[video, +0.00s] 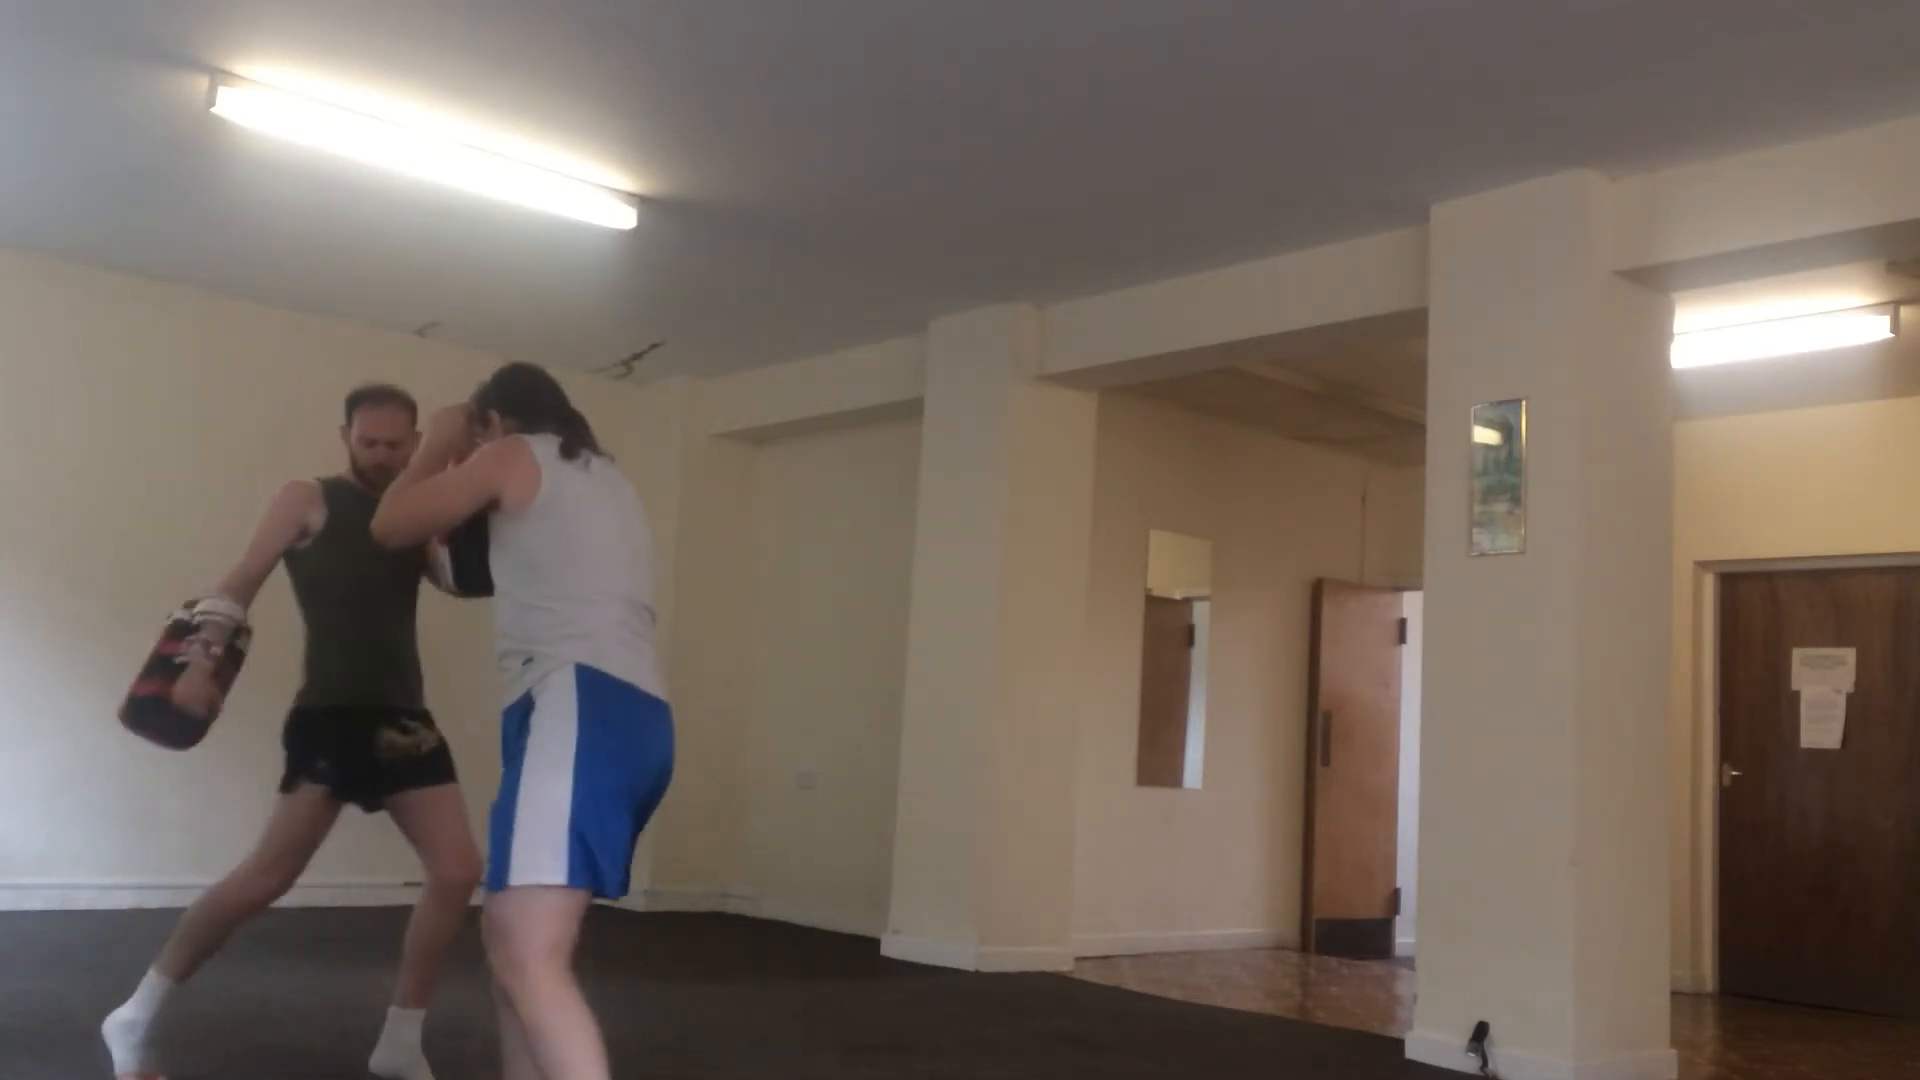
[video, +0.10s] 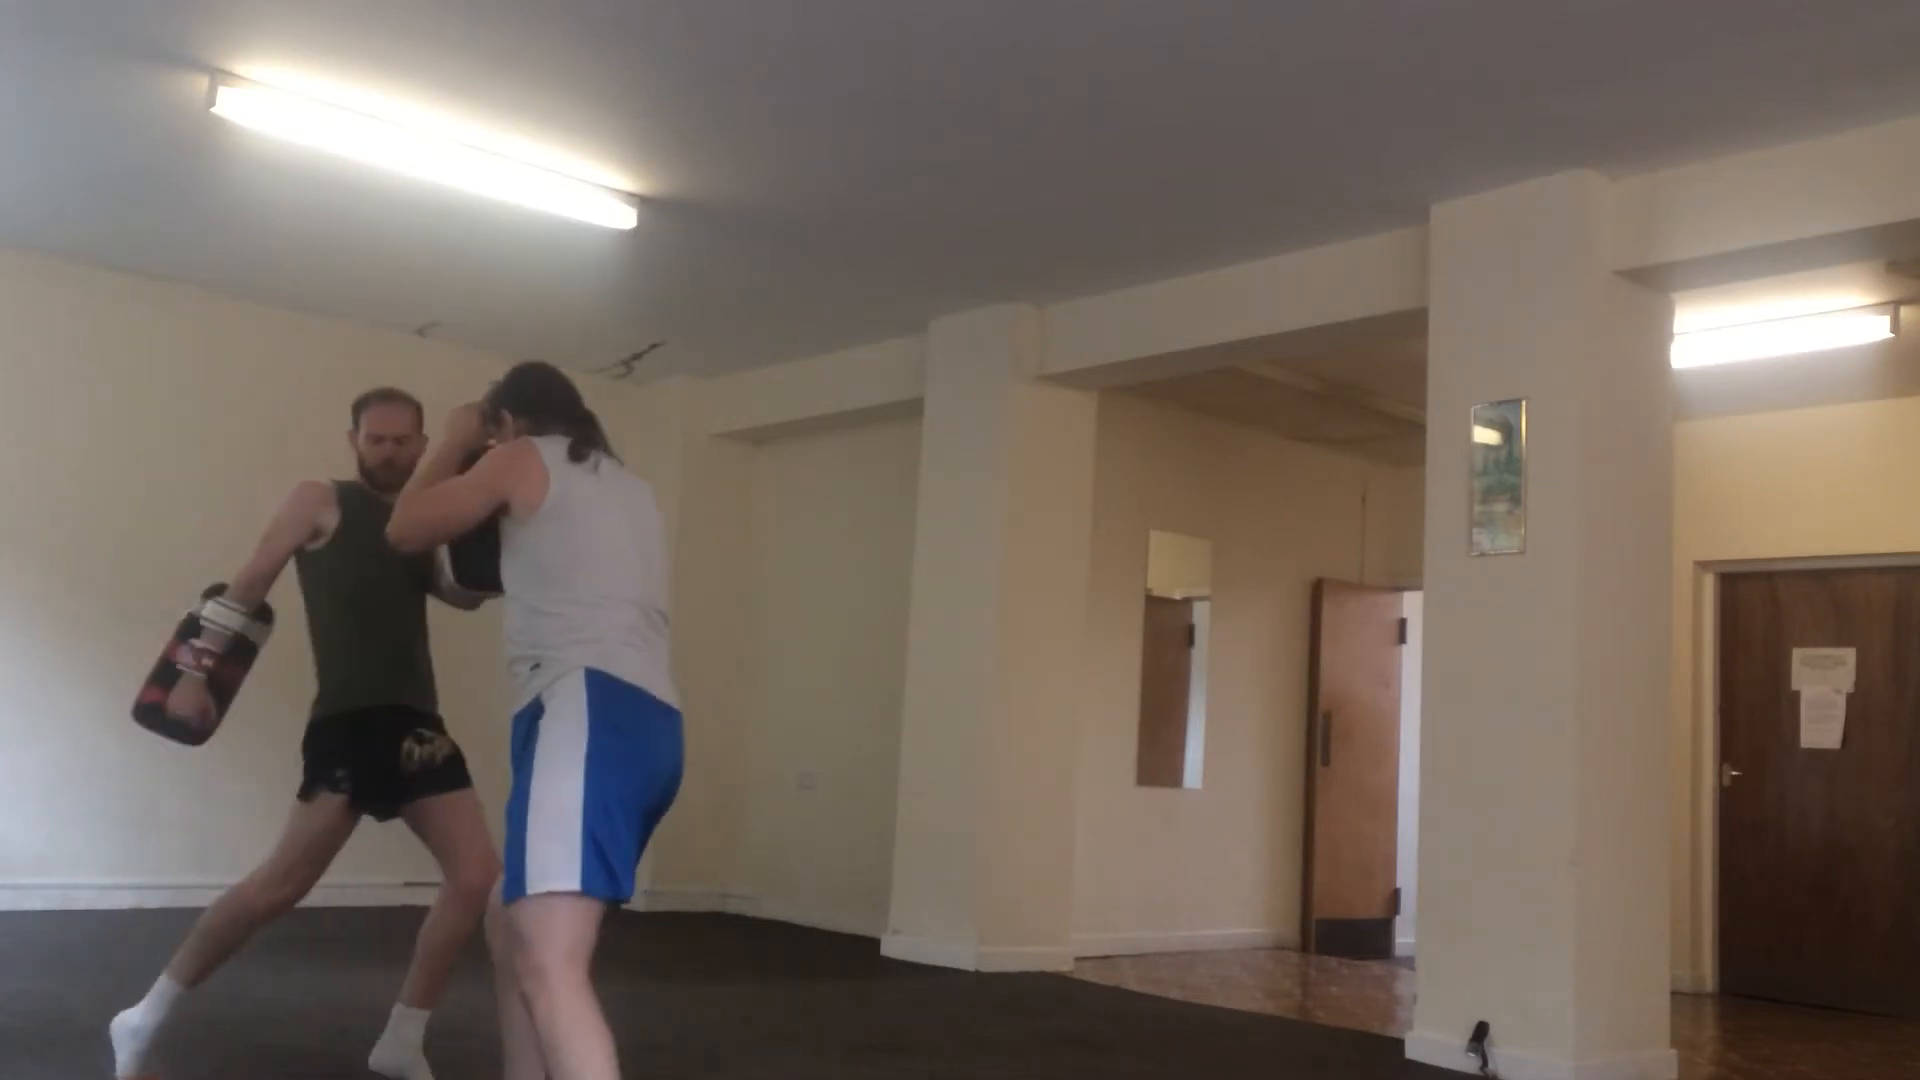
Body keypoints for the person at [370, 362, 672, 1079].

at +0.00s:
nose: (482, 442)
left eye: (480, 432)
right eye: (481, 434)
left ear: (496, 420)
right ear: (560, 416)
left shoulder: (517, 455)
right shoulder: (610, 485)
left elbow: (392, 521)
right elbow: (477, 571)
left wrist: (436, 443)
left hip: (574, 705)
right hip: (632, 715)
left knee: (529, 957)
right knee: (514, 950)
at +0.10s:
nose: (494, 440)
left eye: (493, 430)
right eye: (494, 431)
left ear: (509, 421)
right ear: (577, 420)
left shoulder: (526, 459)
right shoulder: (634, 493)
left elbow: (406, 523)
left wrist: (450, 441)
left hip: (583, 709)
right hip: (647, 723)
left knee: (550, 960)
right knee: (510, 925)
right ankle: (527, 1073)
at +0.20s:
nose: (508, 438)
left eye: (506, 427)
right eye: (508, 429)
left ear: (522, 418)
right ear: (589, 414)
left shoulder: (540, 455)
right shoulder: (647, 485)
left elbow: (420, 520)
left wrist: (460, 438)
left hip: (588, 708)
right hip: (657, 724)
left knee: (550, 965)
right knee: (527, 951)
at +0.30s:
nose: (520, 432)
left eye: (519, 420)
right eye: (519, 421)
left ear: (535, 413)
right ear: (600, 411)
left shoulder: (550, 452)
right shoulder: (660, 483)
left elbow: (429, 515)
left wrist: (474, 433)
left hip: (595, 708)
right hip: (667, 727)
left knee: (552, 969)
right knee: (541, 964)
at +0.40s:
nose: (531, 422)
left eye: (530, 411)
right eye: (531, 410)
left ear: (545, 407)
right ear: (611, 406)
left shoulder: (553, 451)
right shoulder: (671, 481)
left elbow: (435, 514)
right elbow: (603, 560)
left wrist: (486, 431)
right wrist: (499, 547)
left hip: (598, 707)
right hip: (674, 727)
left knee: (554, 966)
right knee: (547, 961)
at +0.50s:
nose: (539, 422)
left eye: (539, 411)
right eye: (539, 410)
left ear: (554, 408)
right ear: (623, 408)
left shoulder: (559, 452)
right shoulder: (682, 484)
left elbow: (443, 514)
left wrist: (495, 431)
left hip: (603, 713)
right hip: (682, 732)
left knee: (543, 965)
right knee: (550, 957)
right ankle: (535, 1071)